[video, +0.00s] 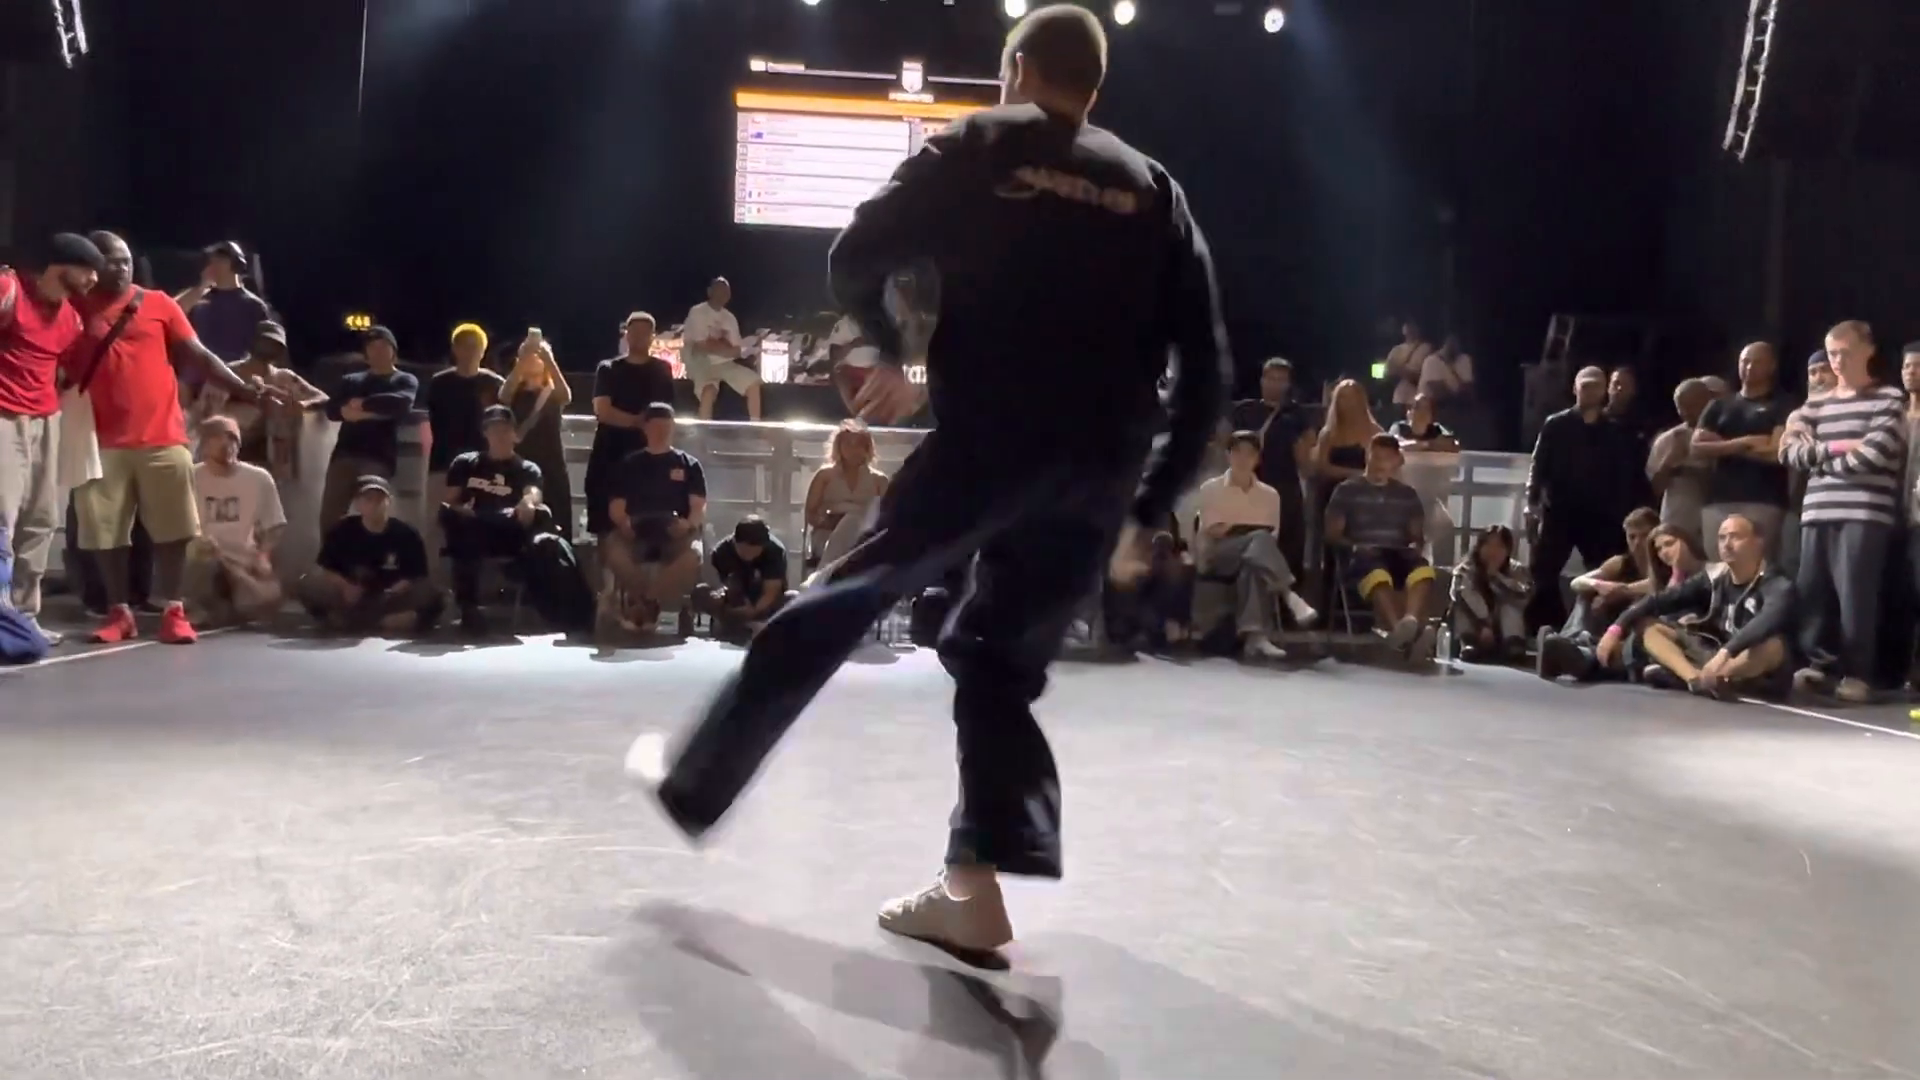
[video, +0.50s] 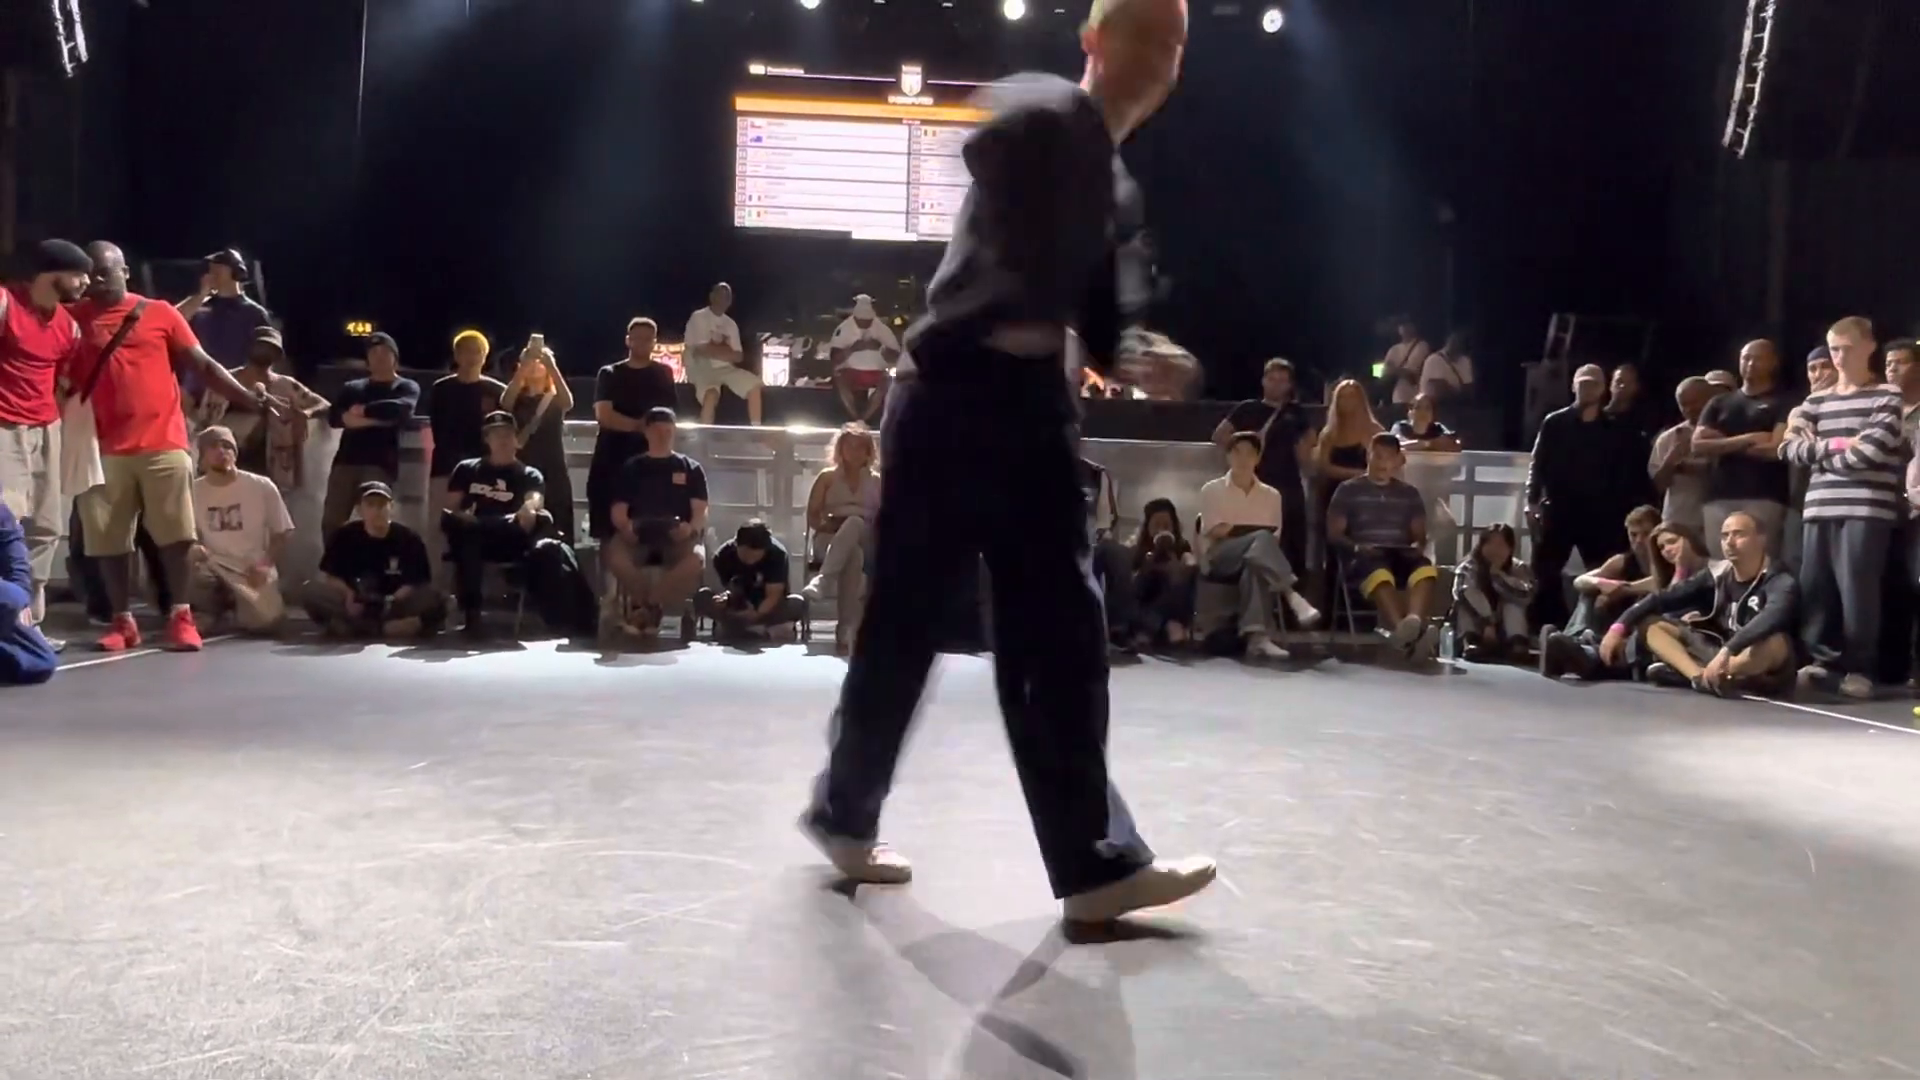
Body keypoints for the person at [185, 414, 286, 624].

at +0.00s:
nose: (228, 447)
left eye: (232, 440)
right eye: (220, 440)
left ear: (238, 444)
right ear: (205, 444)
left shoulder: (259, 479)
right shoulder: (191, 477)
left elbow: (275, 527)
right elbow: (186, 524)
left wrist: (263, 554)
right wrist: (201, 542)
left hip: (244, 560)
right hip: (206, 558)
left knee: (268, 598)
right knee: (199, 548)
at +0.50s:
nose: (222, 451)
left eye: (227, 446)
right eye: (214, 446)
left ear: (235, 453)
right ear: (202, 456)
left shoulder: (263, 487)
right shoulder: (191, 491)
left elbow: (281, 535)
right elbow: (186, 532)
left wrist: (266, 565)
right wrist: (194, 548)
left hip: (252, 569)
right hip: (212, 564)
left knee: (266, 619)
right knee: (191, 557)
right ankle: (206, 613)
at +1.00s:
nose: (251, 456)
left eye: (256, 450)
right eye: (244, 450)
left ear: (262, 455)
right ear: (229, 454)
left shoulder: (281, 491)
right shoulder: (211, 491)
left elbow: (291, 537)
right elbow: (201, 533)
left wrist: (275, 567)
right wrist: (211, 549)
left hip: (264, 569)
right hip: (225, 565)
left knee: (276, 617)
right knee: (209, 557)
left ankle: (237, 613)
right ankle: (211, 617)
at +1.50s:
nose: (259, 454)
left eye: (265, 449)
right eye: (252, 449)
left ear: (270, 454)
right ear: (238, 454)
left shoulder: (292, 488)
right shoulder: (224, 487)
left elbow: (306, 535)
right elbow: (212, 527)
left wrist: (281, 565)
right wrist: (222, 550)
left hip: (272, 568)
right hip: (234, 563)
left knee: (280, 616)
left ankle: (253, 605)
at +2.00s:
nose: (267, 445)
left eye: (272, 439)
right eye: (260, 439)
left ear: (277, 444)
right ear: (245, 443)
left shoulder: (298, 481)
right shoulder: (228, 478)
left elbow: (311, 526)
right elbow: (217, 518)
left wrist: (288, 557)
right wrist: (226, 542)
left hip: (277, 562)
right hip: (238, 557)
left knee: (290, 607)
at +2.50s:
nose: (270, 440)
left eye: (275, 434)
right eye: (263, 434)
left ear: (280, 439)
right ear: (249, 439)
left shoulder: (302, 475)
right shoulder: (231, 473)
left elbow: (314, 521)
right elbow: (219, 507)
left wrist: (296, 550)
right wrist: (227, 529)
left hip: (282, 555)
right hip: (242, 550)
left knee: (296, 600)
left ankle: (258, 595)